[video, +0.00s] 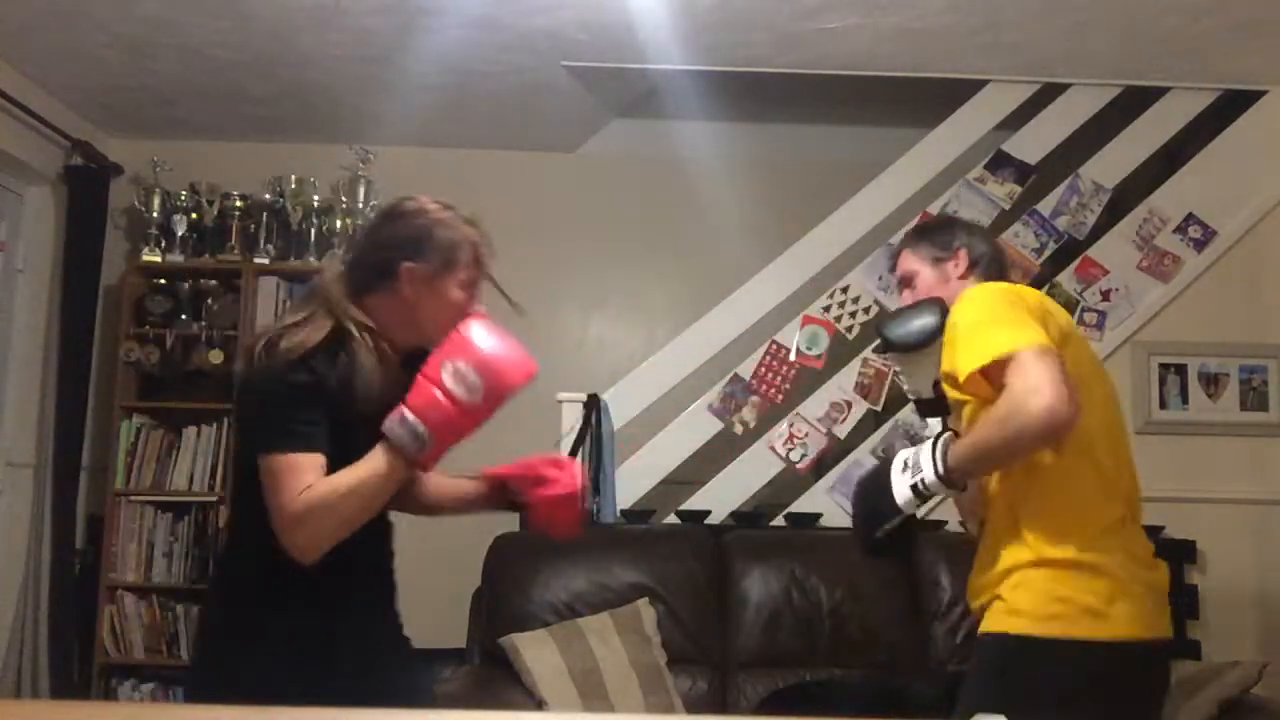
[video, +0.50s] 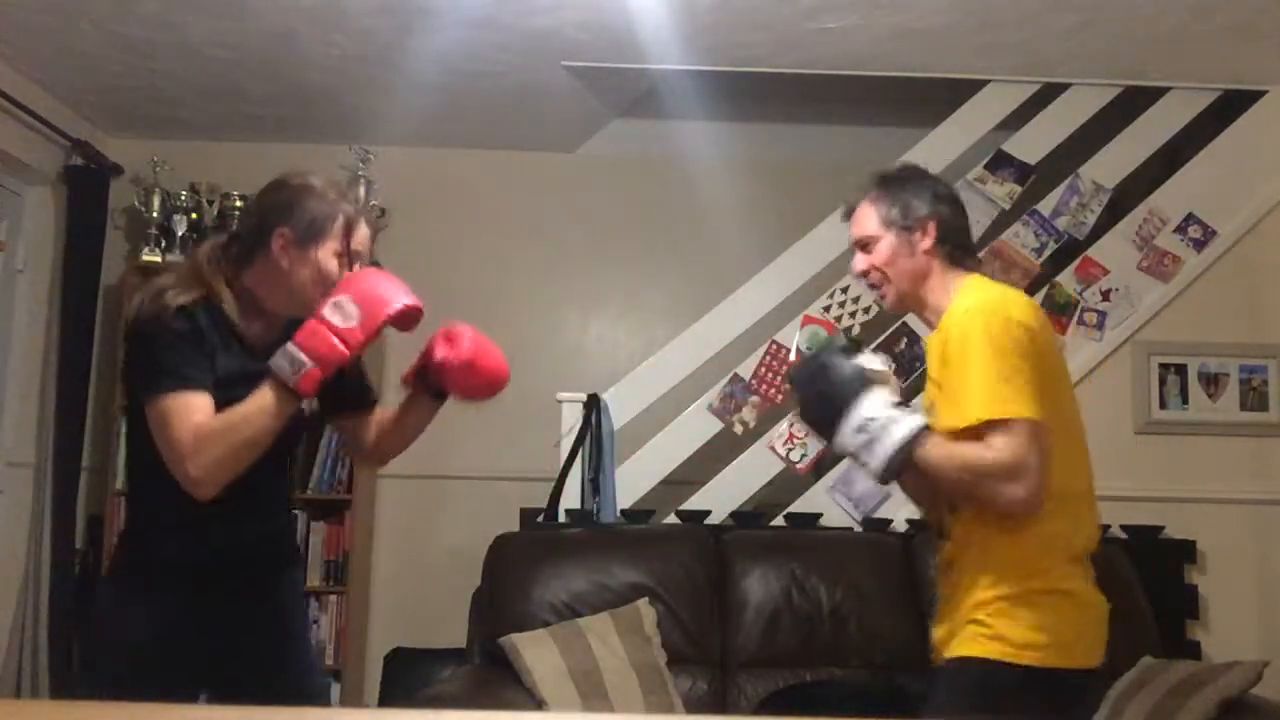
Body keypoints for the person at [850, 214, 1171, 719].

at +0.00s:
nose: (903, 302)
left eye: (909, 281)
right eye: (899, 290)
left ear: (959, 264)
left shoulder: (989, 300)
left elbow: (1043, 403)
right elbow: (990, 515)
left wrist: (929, 468)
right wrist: (934, 415)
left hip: (1051, 631)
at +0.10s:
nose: (911, 299)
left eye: (920, 279)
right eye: (909, 286)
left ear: (973, 266)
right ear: (973, 267)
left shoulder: (1010, 320)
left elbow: (1067, 449)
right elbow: (999, 525)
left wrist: (935, 494)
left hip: (1062, 640)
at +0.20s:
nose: (908, 275)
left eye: (917, 255)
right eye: (905, 262)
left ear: (971, 245)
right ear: (970, 249)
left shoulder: (1026, 308)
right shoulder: (1007, 328)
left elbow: (1106, 443)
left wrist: (960, 479)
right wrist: (932, 390)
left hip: (1061, 621)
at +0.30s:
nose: (894, 254)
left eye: (905, 233)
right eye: (894, 240)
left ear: (962, 226)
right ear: (959, 231)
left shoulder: (1021, 295)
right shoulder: (982, 333)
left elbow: (1113, 424)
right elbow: (972, 495)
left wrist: (961, 418)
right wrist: (908, 427)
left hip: (1052, 610)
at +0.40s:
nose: (879, 267)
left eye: (890, 246)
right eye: (876, 253)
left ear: (946, 238)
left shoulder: (1010, 313)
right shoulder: (964, 346)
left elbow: (1074, 461)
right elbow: (964, 504)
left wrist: (941, 414)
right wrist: (886, 447)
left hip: (1044, 638)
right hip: (1003, 635)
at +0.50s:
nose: (858, 268)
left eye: (867, 245)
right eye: (855, 252)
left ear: (924, 234)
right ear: (921, 238)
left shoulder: (985, 311)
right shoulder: (961, 329)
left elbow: (1015, 481)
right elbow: (959, 504)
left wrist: (879, 427)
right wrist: (880, 426)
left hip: (1020, 638)